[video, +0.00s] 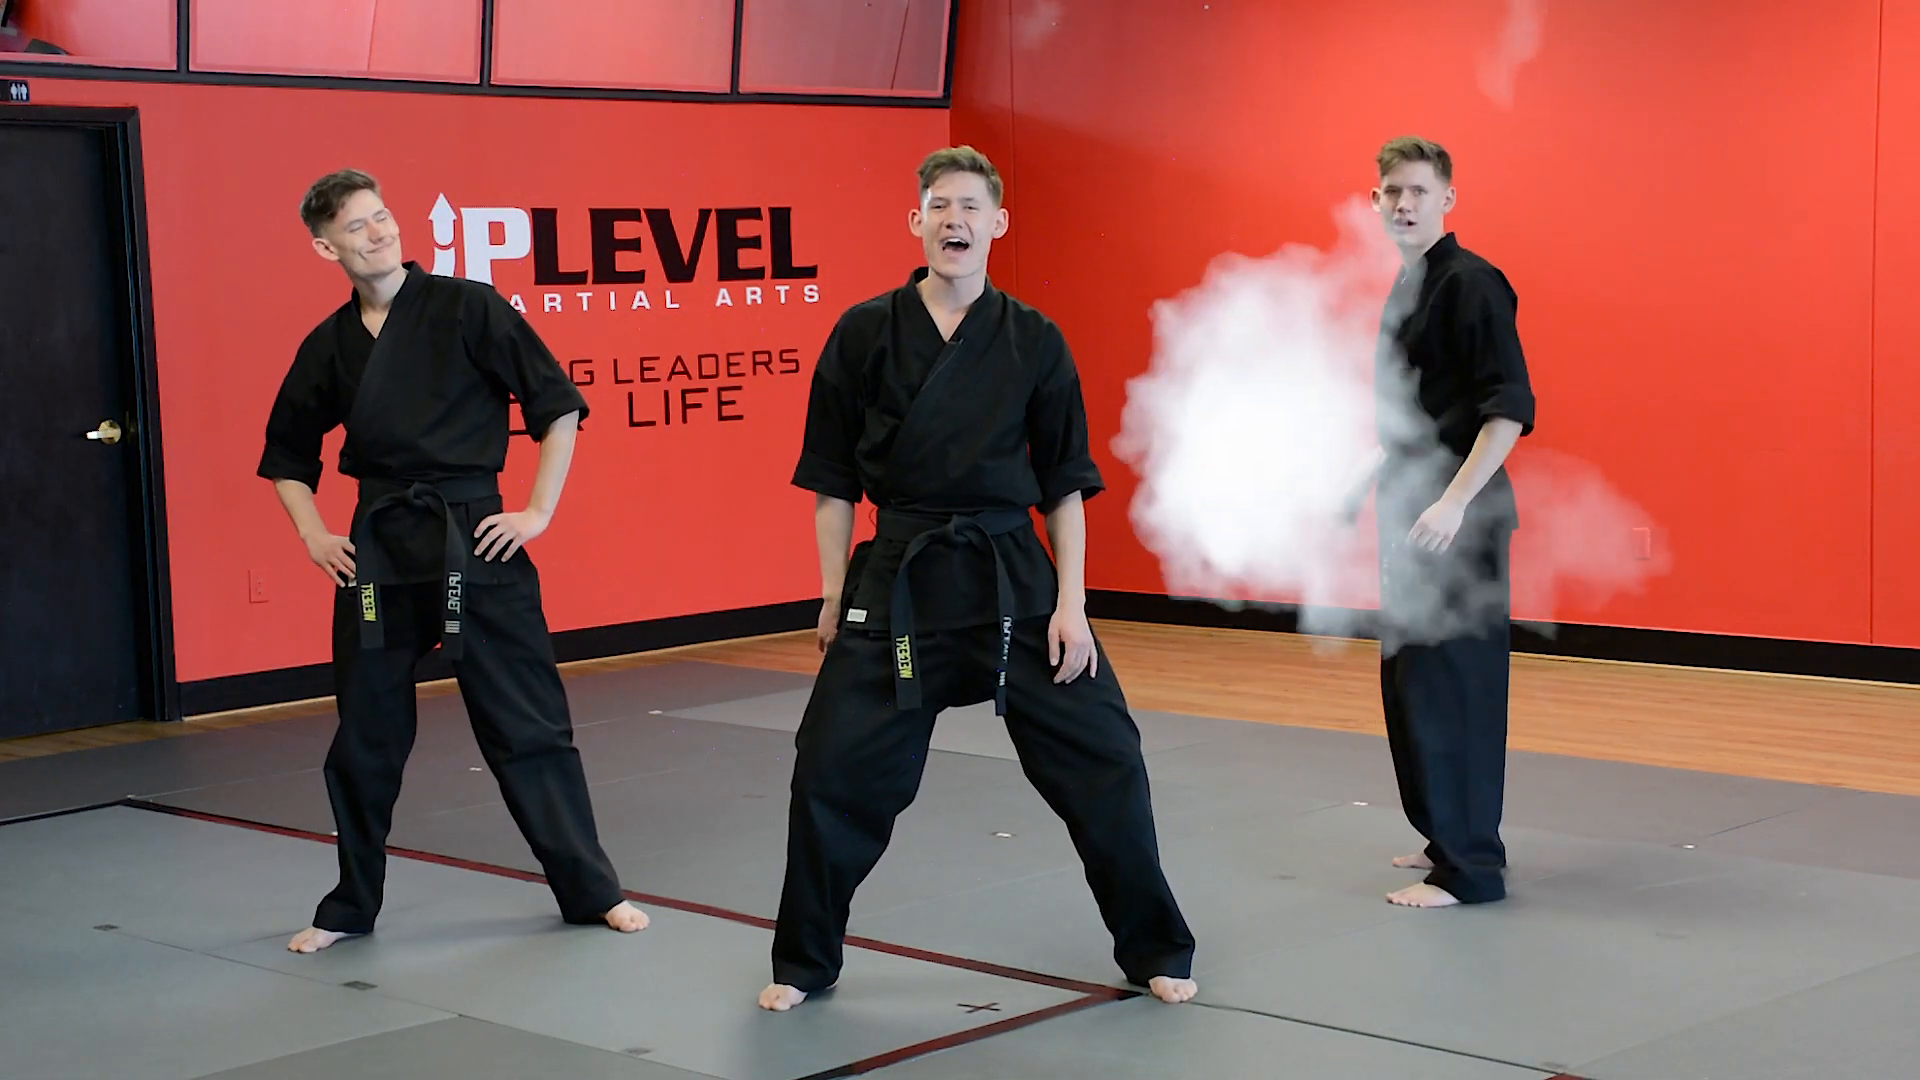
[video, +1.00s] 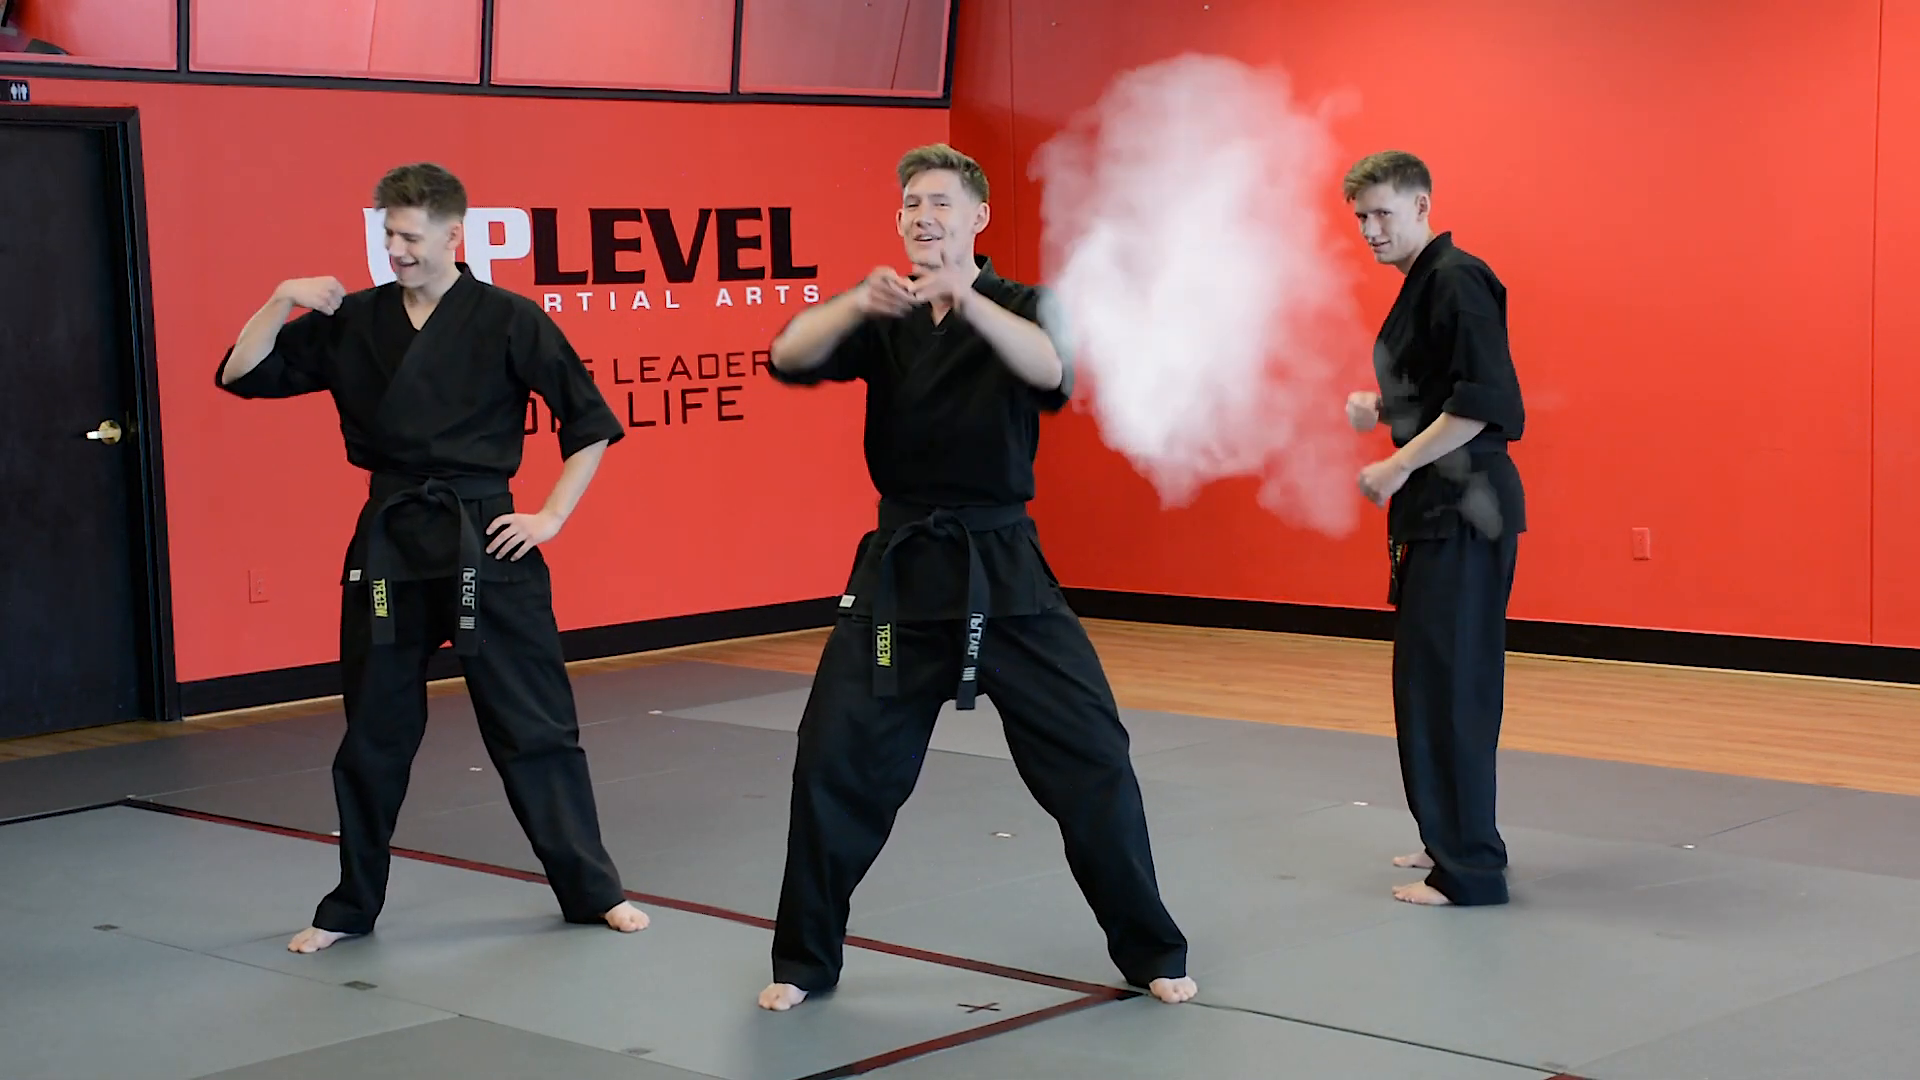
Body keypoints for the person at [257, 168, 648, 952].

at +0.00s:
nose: (377, 231)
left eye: (381, 216)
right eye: (356, 226)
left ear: (399, 225)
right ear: (328, 250)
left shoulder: (470, 306)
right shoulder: (329, 346)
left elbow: (560, 405)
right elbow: (286, 452)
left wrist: (538, 512)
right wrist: (313, 533)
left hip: (477, 538)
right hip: (380, 545)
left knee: (529, 725)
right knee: (364, 740)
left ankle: (592, 892)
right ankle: (352, 905)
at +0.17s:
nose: (369, 236)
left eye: (375, 220)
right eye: (349, 229)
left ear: (397, 224)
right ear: (326, 250)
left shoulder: (471, 308)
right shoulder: (328, 347)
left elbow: (560, 404)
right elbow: (285, 454)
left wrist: (538, 512)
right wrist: (313, 534)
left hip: (477, 540)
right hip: (380, 547)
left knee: (530, 725)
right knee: (364, 741)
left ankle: (592, 892)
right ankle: (352, 904)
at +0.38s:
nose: (364, 240)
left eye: (376, 225)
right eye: (348, 230)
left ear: (406, 230)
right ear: (331, 244)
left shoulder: (474, 309)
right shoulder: (333, 346)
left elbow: (563, 406)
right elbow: (286, 447)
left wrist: (540, 511)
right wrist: (294, 522)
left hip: (478, 540)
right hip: (380, 545)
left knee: (531, 725)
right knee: (365, 740)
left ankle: (592, 892)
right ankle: (352, 905)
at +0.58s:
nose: (366, 241)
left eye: (381, 227)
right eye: (355, 229)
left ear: (420, 231)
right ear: (346, 236)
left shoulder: (484, 311)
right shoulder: (336, 342)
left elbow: (573, 411)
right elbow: (271, 447)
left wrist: (543, 513)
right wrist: (238, 409)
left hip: (481, 538)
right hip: (381, 544)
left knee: (532, 724)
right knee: (367, 738)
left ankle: (591, 891)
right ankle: (352, 908)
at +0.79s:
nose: (379, 246)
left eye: (392, 233)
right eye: (370, 233)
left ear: (439, 232)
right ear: (364, 235)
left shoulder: (497, 316)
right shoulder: (341, 331)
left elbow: (584, 418)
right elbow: (243, 401)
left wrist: (546, 516)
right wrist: (247, 315)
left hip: (485, 539)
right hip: (384, 544)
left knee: (535, 725)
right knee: (369, 738)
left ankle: (593, 891)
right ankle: (352, 906)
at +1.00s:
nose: (397, 249)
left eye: (413, 236)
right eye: (390, 234)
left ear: (454, 236)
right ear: (384, 234)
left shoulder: (509, 319)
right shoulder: (353, 325)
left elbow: (592, 424)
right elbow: (238, 376)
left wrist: (552, 517)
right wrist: (284, 297)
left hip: (489, 538)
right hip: (389, 540)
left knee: (537, 727)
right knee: (372, 738)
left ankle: (592, 892)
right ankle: (352, 907)